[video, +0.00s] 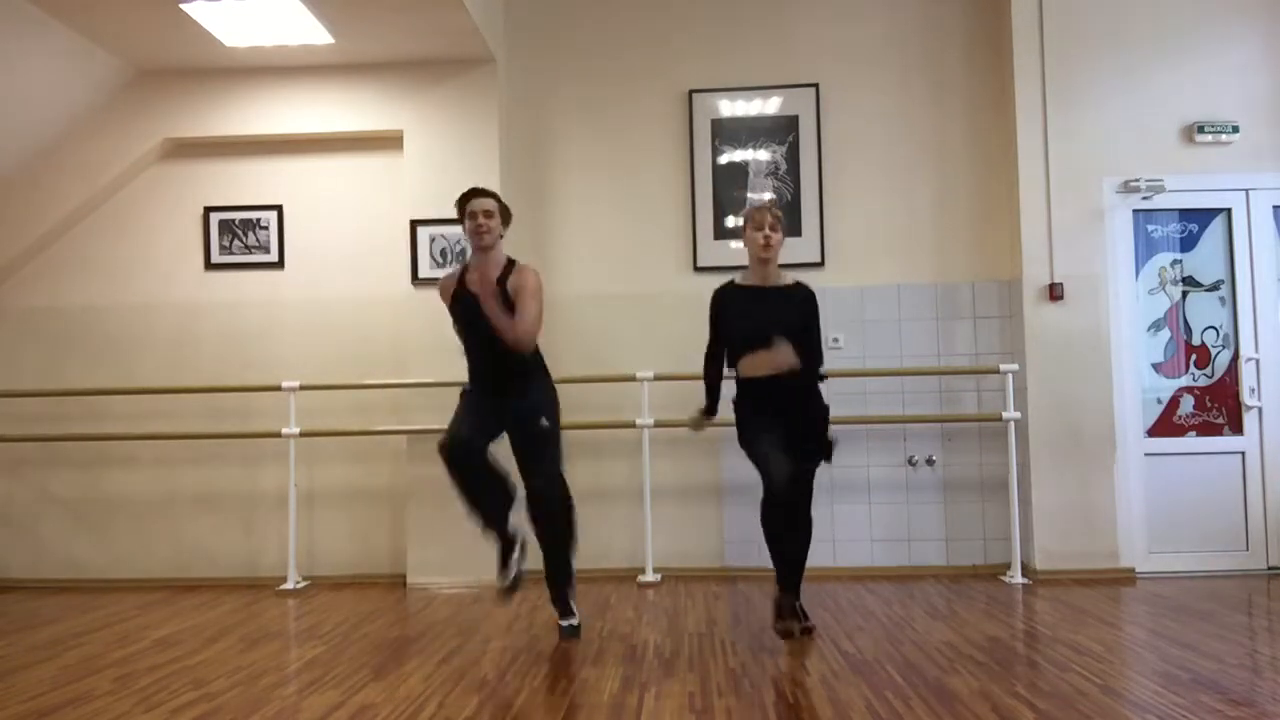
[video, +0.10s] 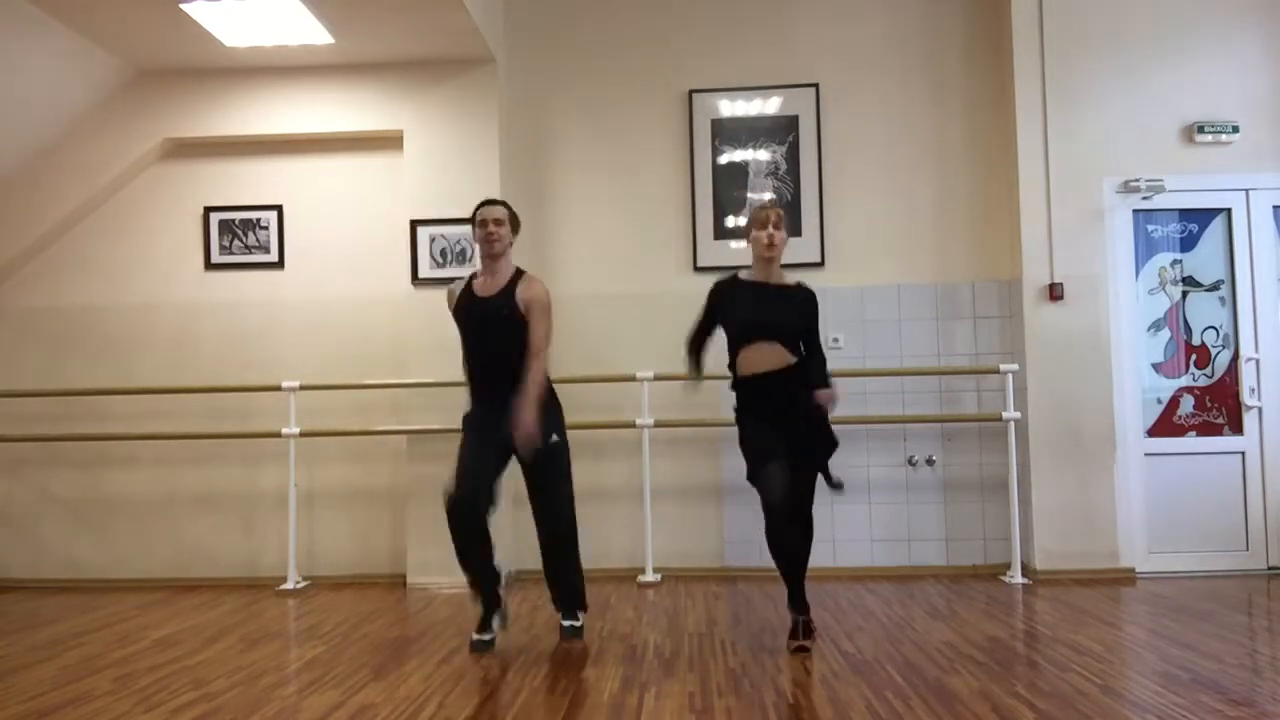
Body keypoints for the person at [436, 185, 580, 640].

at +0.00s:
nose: (482, 222)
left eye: (490, 215)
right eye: (474, 216)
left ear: (504, 224)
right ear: (463, 227)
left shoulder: (524, 278)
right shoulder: (451, 285)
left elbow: (524, 339)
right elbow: (474, 340)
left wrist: (488, 297)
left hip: (529, 392)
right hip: (484, 394)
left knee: (548, 492)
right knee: (458, 448)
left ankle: (563, 597)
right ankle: (507, 535)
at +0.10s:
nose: (490, 230)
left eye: (499, 224)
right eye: (483, 224)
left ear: (513, 232)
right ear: (474, 235)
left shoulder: (532, 290)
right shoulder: (460, 295)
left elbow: (537, 359)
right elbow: (475, 359)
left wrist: (528, 411)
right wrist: (478, 413)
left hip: (532, 406)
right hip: (486, 414)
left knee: (554, 512)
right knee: (463, 505)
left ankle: (570, 608)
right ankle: (490, 604)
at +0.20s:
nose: (492, 217)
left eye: (499, 209)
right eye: (484, 210)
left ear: (513, 219)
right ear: (473, 220)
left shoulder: (533, 278)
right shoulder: (459, 284)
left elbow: (549, 352)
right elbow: (454, 349)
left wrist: (556, 415)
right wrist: (441, 402)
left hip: (526, 408)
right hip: (476, 411)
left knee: (546, 508)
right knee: (477, 514)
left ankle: (566, 602)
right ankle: (491, 609)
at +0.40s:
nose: (492, 216)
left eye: (500, 208)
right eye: (485, 209)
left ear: (514, 217)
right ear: (474, 219)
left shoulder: (539, 273)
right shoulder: (458, 272)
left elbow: (553, 323)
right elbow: (421, 312)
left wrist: (562, 356)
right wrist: (419, 292)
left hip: (516, 380)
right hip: (470, 380)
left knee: (457, 436)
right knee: (465, 486)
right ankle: (474, 604)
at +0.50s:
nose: (489, 216)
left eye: (497, 208)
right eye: (481, 210)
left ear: (512, 219)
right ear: (470, 221)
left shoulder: (534, 274)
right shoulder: (458, 269)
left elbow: (550, 320)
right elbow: (426, 301)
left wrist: (555, 361)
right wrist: (440, 279)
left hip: (512, 384)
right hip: (466, 383)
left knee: (442, 460)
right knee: (465, 509)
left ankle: (364, 541)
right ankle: (473, 617)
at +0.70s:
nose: (479, 215)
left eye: (487, 208)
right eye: (471, 209)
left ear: (502, 217)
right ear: (461, 219)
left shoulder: (528, 276)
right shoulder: (446, 278)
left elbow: (537, 341)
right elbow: (428, 343)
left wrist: (541, 401)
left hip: (502, 382)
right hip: (455, 384)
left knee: (480, 431)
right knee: (448, 500)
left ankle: (495, 534)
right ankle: (460, 612)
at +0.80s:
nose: (477, 218)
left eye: (485, 212)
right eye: (469, 212)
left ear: (500, 221)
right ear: (459, 222)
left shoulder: (526, 279)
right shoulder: (443, 282)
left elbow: (535, 348)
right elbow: (427, 349)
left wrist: (547, 368)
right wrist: (419, 411)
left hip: (504, 407)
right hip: (453, 406)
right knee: (451, 515)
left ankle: (496, 583)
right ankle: (458, 618)